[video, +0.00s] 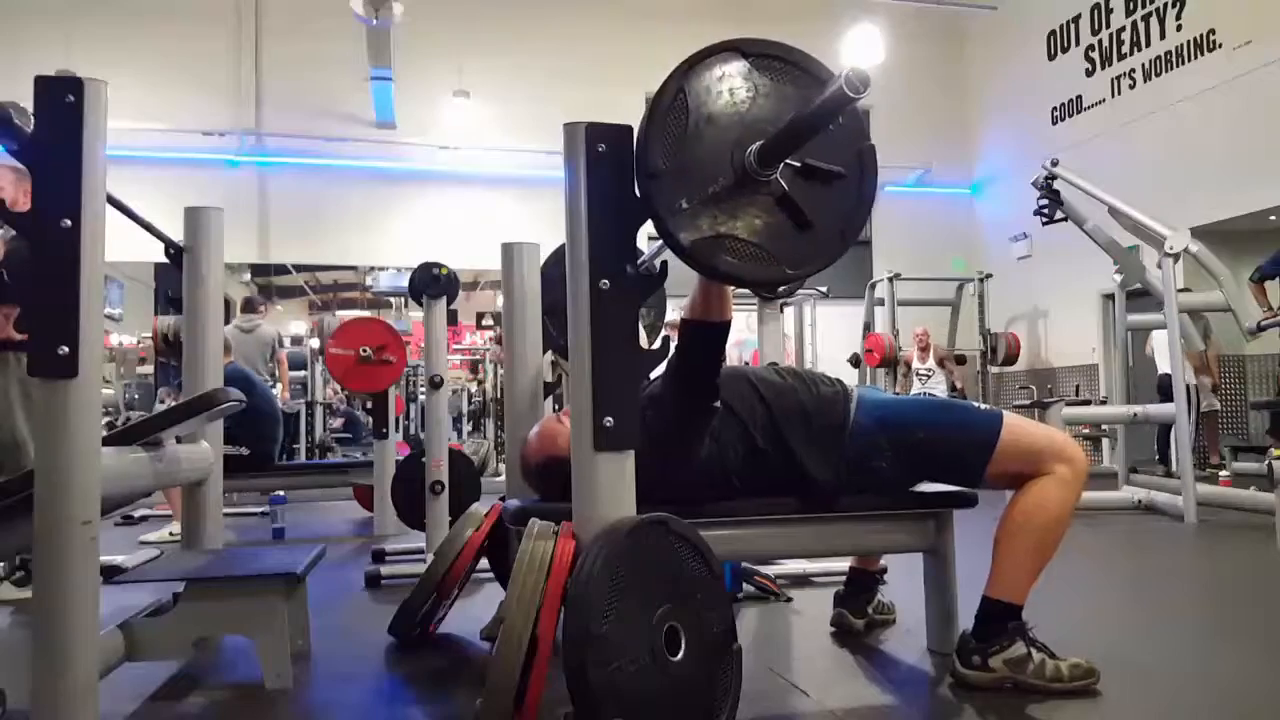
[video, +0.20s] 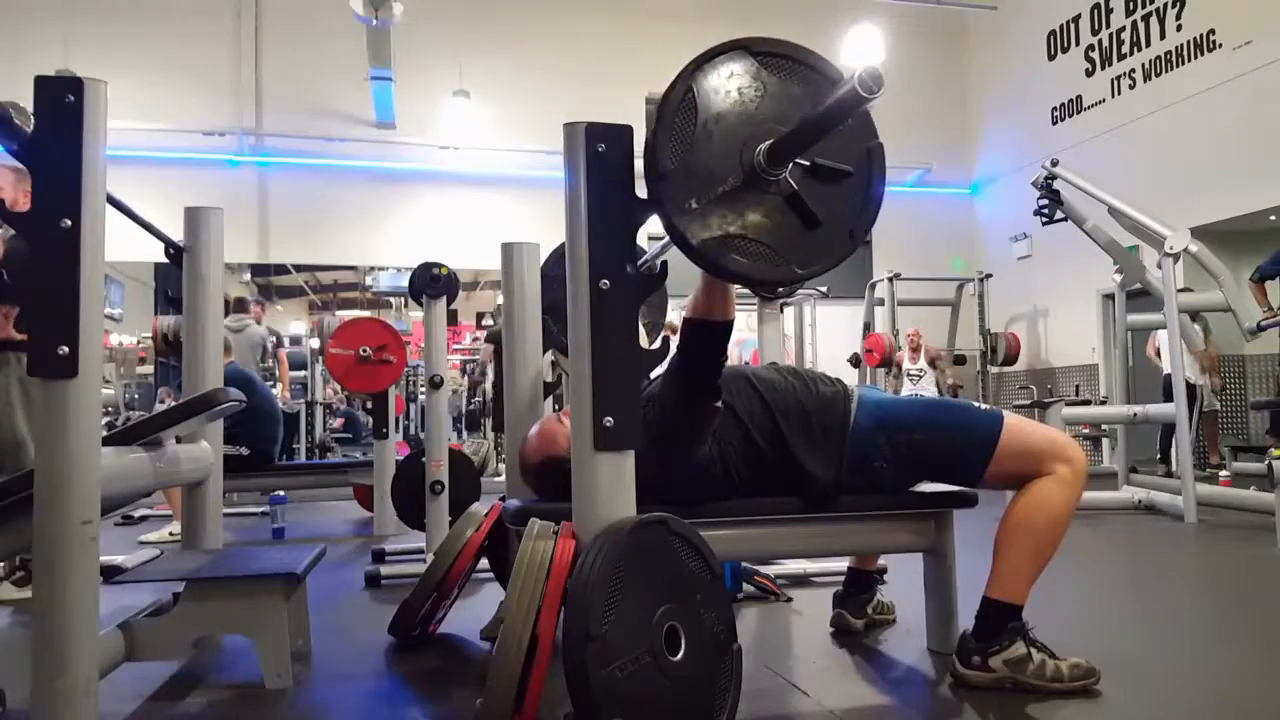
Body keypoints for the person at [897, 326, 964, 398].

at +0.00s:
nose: (920, 338)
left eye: (922, 335)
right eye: (917, 336)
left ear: (928, 337)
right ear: (914, 339)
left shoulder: (940, 353)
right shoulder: (910, 356)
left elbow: (953, 371)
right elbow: (902, 375)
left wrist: (960, 388)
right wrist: (898, 391)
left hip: (937, 393)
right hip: (916, 393)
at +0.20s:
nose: (911, 338)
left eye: (914, 335)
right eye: (908, 336)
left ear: (919, 337)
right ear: (905, 339)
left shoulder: (931, 353)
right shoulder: (900, 356)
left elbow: (943, 370)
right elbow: (895, 377)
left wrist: (949, 381)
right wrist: (892, 393)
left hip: (928, 393)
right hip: (907, 393)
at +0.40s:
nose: (901, 337)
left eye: (904, 334)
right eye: (898, 334)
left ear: (908, 337)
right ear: (895, 338)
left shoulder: (919, 354)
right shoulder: (887, 355)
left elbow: (930, 371)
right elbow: (884, 376)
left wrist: (936, 384)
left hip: (915, 393)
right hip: (894, 393)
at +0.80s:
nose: (901, 335)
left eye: (901, 332)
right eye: (897, 333)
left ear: (902, 333)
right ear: (888, 336)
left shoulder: (907, 352)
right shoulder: (876, 352)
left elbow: (918, 369)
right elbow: (870, 372)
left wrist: (925, 380)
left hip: (906, 393)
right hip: (885, 393)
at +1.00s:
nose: (903, 334)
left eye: (902, 332)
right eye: (900, 332)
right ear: (891, 336)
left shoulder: (906, 351)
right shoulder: (877, 352)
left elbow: (915, 365)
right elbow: (869, 372)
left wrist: (931, 374)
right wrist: (872, 391)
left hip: (906, 393)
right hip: (886, 393)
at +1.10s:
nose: (903, 334)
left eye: (903, 331)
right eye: (900, 332)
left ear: (892, 336)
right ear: (890, 336)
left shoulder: (905, 351)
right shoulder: (877, 352)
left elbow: (921, 365)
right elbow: (868, 373)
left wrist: (942, 375)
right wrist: (870, 394)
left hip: (906, 396)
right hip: (886, 397)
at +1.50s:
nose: (903, 335)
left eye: (903, 332)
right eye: (900, 333)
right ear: (890, 336)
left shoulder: (903, 351)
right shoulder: (878, 353)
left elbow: (924, 359)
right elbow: (868, 374)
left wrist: (946, 361)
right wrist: (872, 395)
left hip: (908, 397)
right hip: (889, 397)